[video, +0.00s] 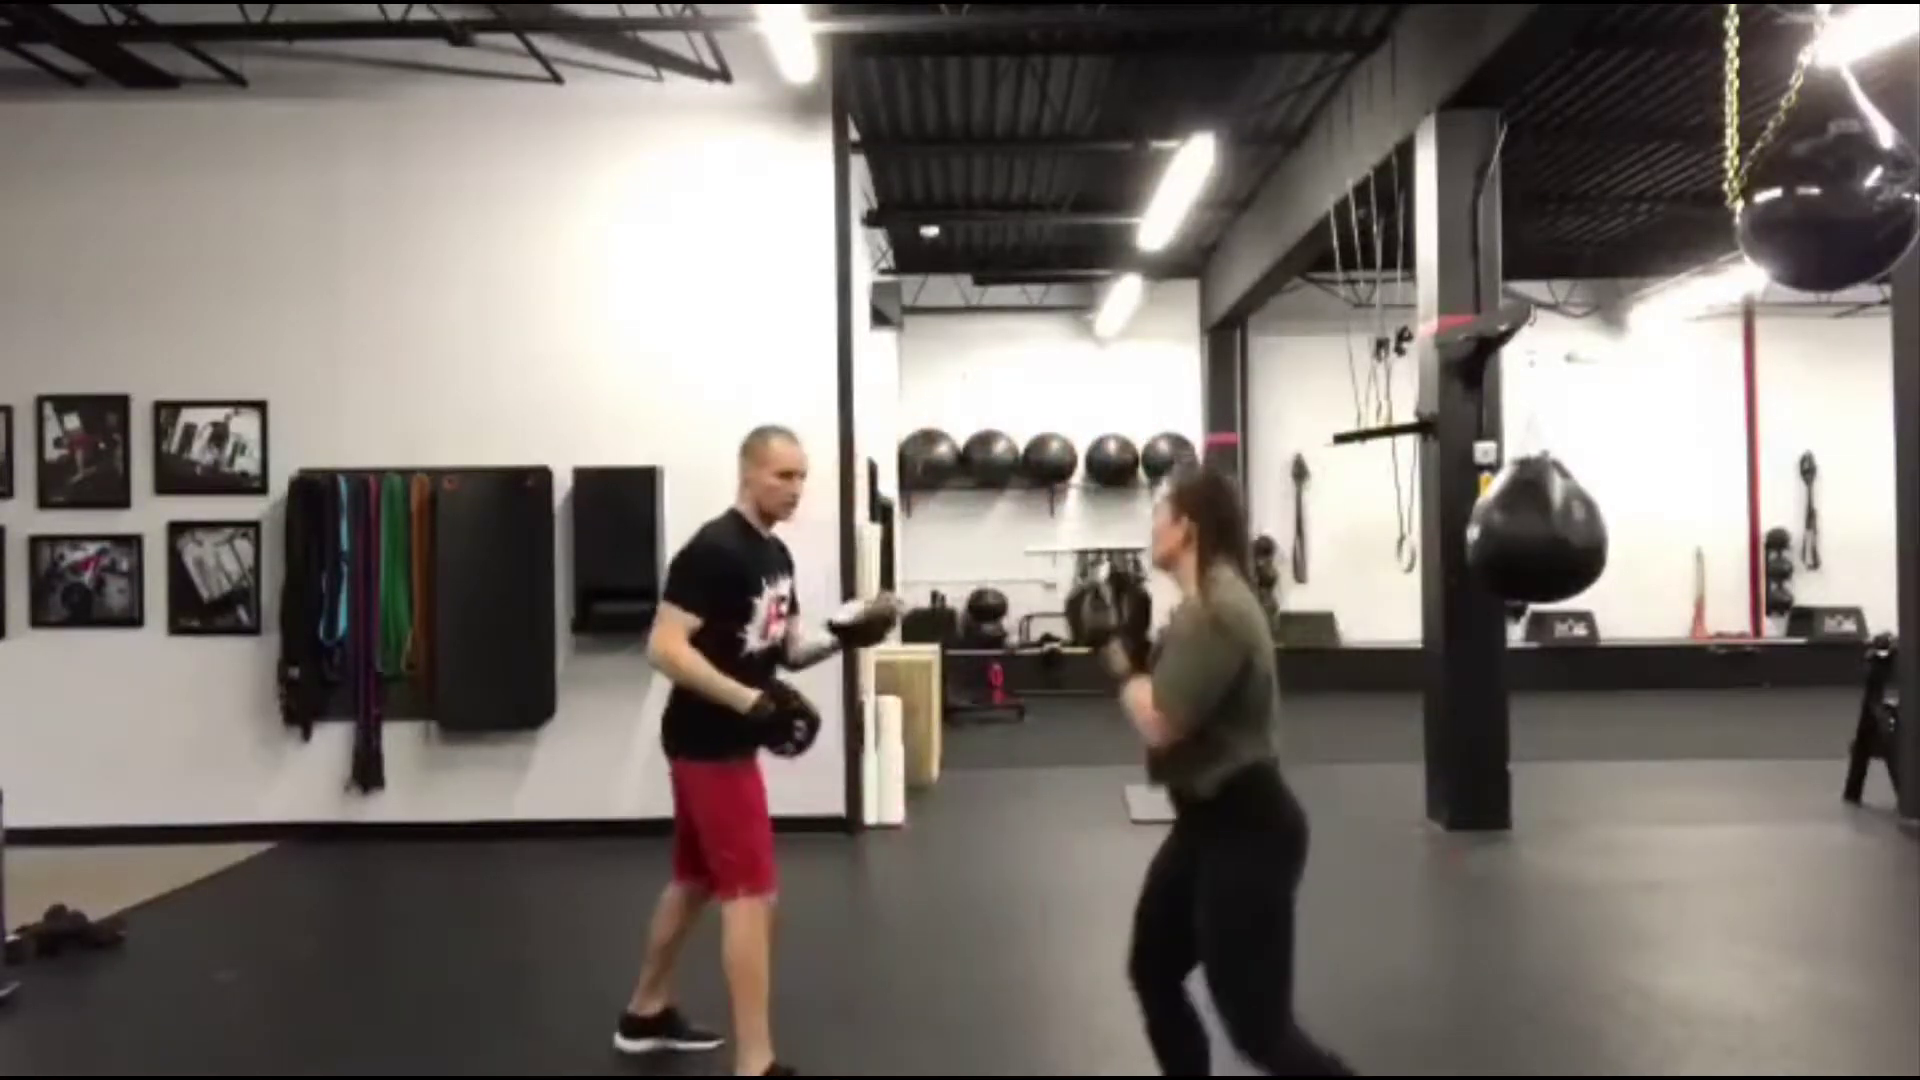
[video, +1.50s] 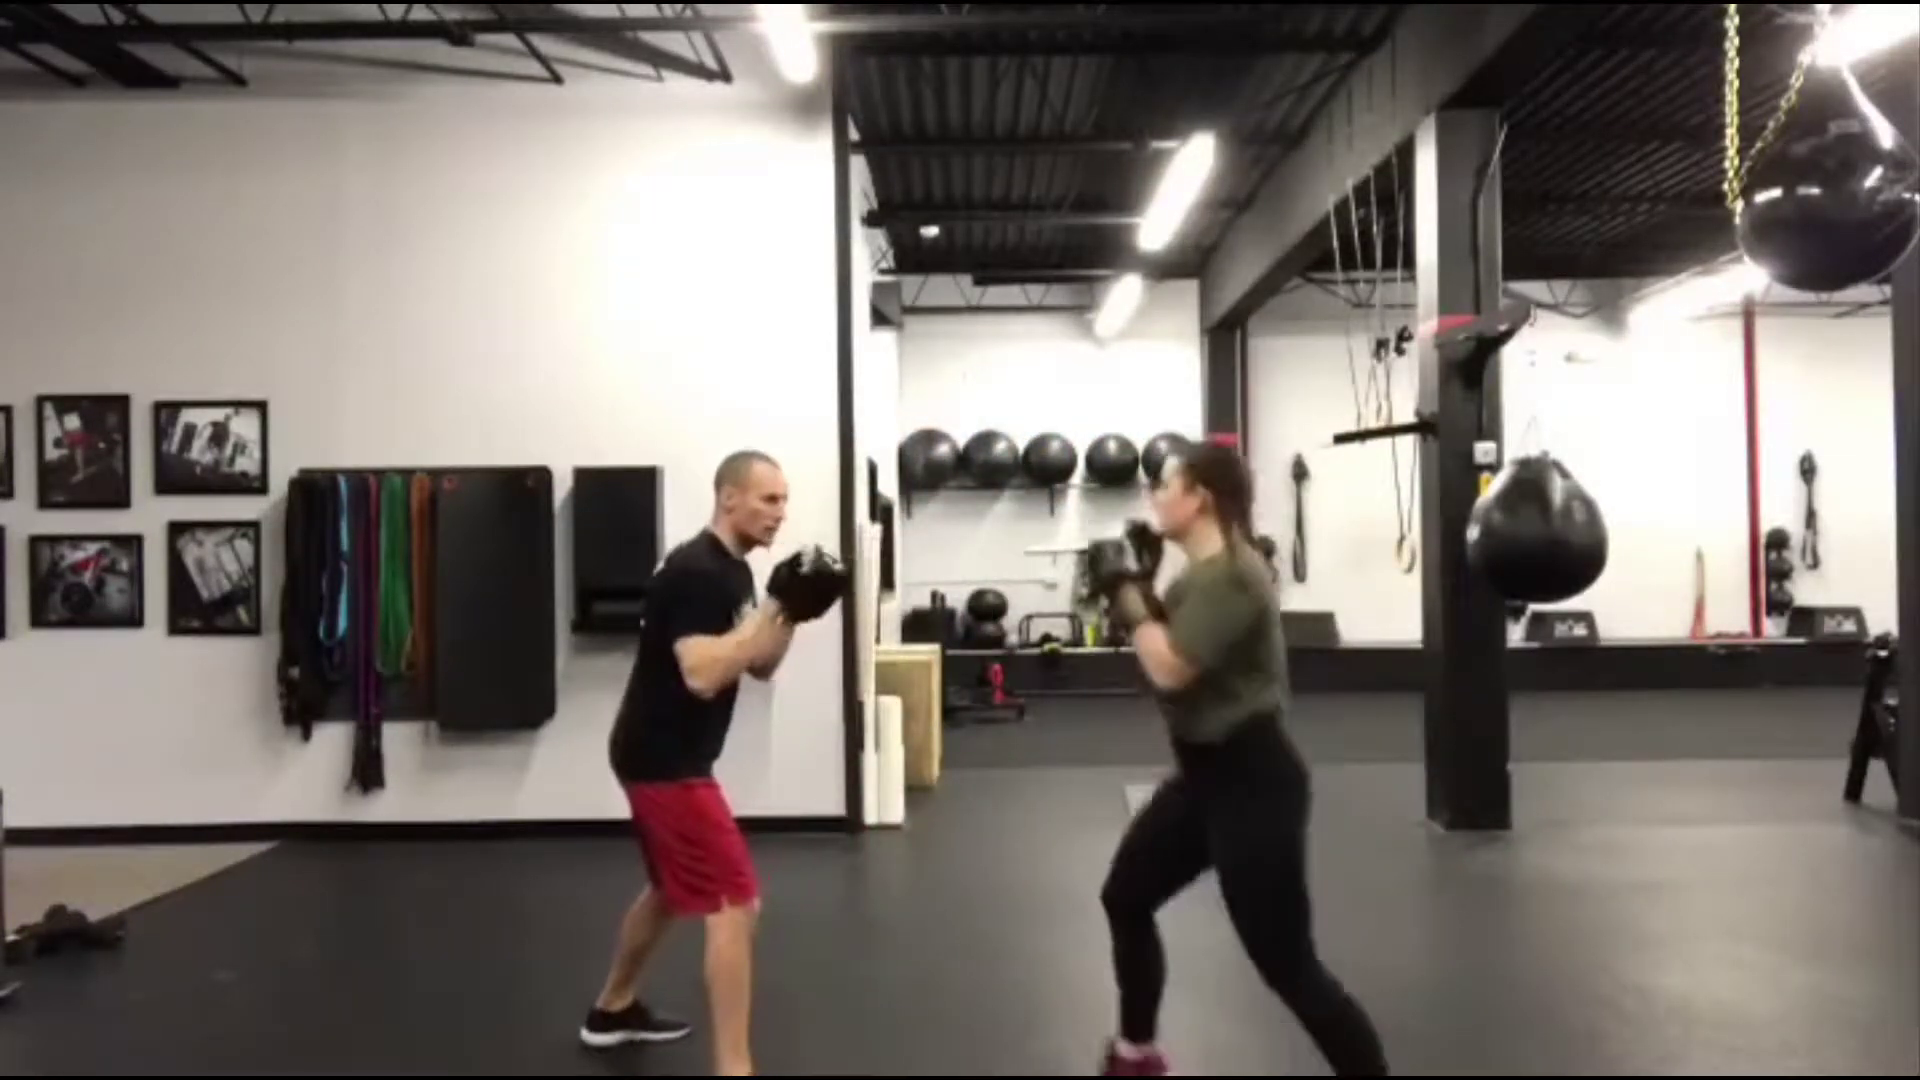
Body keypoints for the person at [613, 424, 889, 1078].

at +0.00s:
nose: (795, 489)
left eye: (800, 478)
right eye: (784, 476)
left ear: (798, 480)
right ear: (747, 475)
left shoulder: (775, 555)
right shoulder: (712, 550)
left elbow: (783, 651)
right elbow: (664, 645)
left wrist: (845, 634)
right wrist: (751, 701)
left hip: (728, 744)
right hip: (709, 748)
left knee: (693, 881)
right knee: (749, 893)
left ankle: (645, 1012)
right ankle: (755, 1061)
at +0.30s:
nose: (801, 499)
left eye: (807, 487)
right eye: (792, 484)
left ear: (800, 488)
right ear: (751, 477)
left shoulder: (770, 561)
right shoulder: (715, 557)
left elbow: (816, 648)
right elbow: (718, 660)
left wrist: (856, 607)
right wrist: (805, 615)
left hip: (713, 759)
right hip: (708, 762)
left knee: (692, 889)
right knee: (764, 906)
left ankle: (645, 1014)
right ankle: (760, 1066)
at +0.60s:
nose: (793, 502)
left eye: (798, 490)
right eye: (783, 489)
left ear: (786, 493)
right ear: (742, 487)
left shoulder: (750, 563)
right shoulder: (712, 563)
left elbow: (758, 664)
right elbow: (713, 664)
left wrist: (813, 619)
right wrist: (799, 613)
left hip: (704, 757)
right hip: (700, 761)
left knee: (691, 884)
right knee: (764, 904)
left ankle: (625, 1002)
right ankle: (761, 1066)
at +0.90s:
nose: (774, 498)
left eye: (778, 487)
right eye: (763, 485)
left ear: (761, 493)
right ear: (725, 486)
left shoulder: (738, 564)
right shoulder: (691, 561)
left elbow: (755, 662)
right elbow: (666, 668)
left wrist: (789, 612)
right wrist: (749, 624)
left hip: (683, 752)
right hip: (674, 756)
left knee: (670, 887)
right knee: (732, 900)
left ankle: (618, 1010)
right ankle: (746, 1063)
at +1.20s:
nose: (788, 506)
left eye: (792, 494)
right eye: (777, 491)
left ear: (757, 497)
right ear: (737, 491)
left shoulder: (734, 566)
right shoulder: (708, 565)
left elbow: (742, 670)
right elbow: (712, 670)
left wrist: (790, 617)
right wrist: (785, 610)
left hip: (671, 756)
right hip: (678, 762)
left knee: (676, 886)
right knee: (748, 906)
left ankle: (620, 1007)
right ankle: (737, 1066)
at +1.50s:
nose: (780, 513)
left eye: (783, 501)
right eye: (770, 500)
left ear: (749, 504)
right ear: (730, 499)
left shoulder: (733, 571)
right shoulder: (692, 570)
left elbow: (760, 663)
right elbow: (702, 674)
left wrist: (789, 612)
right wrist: (772, 615)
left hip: (673, 758)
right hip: (662, 762)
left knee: (671, 887)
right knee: (734, 904)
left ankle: (613, 1008)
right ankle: (735, 1066)